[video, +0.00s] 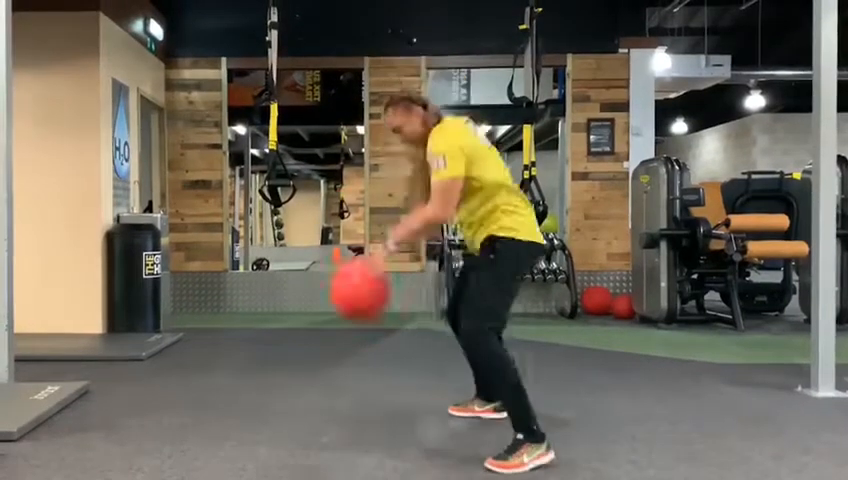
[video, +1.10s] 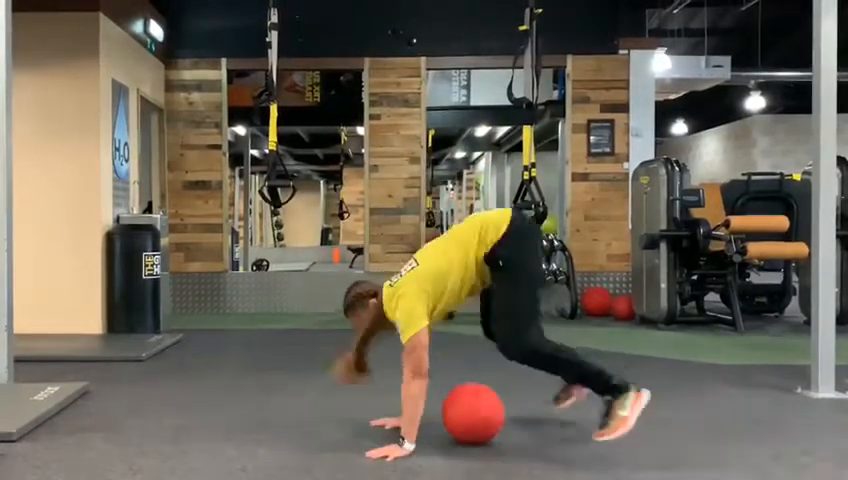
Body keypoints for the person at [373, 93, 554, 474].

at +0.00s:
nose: (401, 137)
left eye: (401, 127)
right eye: (396, 131)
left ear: (420, 112)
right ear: (417, 117)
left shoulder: (447, 136)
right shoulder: (441, 139)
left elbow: (442, 209)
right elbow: (437, 206)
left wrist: (395, 236)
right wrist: (403, 233)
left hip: (511, 237)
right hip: (492, 238)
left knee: (477, 327)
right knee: (459, 315)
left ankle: (532, 440)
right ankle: (490, 398)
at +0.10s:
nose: (386, 189)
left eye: (384, 180)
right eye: (381, 183)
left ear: (404, 164)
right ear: (402, 167)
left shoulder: (439, 187)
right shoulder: (428, 192)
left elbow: (452, 261)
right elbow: (432, 256)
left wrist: (412, 311)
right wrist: (417, 301)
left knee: (474, 338)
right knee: (450, 319)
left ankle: (534, 443)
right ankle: (489, 397)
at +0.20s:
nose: (378, 233)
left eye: (376, 226)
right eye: (373, 228)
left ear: (393, 207)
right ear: (392, 209)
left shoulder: (430, 226)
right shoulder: (416, 229)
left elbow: (441, 300)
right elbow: (430, 296)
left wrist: (412, 357)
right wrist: (407, 354)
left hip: (529, 275)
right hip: (502, 276)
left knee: (471, 343)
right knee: (448, 328)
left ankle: (533, 443)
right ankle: (488, 399)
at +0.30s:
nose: (368, 266)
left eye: (365, 258)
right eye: (362, 261)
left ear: (379, 239)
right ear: (380, 238)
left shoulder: (418, 249)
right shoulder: (407, 250)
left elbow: (423, 323)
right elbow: (417, 320)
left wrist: (405, 390)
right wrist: (404, 377)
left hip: (530, 271)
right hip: (506, 271)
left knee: (467, 341)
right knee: (449, 322)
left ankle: (532, 443)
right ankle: (487, 399)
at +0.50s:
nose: (359, 321)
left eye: (355, 314)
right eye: (352, 318)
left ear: (363, 295)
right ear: (363, 290)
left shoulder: (399, 292)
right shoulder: (390, 285)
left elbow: (411, 370)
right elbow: (411, 360)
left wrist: (406, 440)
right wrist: (409, 411)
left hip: (501, 233)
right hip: (484, 246)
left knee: (528, 338)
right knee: (492, 323)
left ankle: (632, 407)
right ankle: (563, 375)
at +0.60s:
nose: (340, 336)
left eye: (335, 329)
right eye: (333, 332)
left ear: (342, 311)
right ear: (343, 306)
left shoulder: (382, 302)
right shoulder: (376, 297)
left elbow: (408, 374)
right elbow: (405, 366)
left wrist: (407, 441)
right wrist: (405, 420)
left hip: (490, 267)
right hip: (483, 274)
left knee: (565, 352)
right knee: (552, 344)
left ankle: (686, 376)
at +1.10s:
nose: (362, 330)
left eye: (359, 322)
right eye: (357, 325)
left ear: (371, 305)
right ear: (372, 299)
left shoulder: (407, 300)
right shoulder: (399, 293)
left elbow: (416, 375)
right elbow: (416, 367)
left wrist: (408, 442)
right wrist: (408, 418)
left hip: (510, 236)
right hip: (491, 249)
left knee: (519, 342)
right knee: (500, 334)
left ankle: (622, 392)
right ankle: (578, 377)